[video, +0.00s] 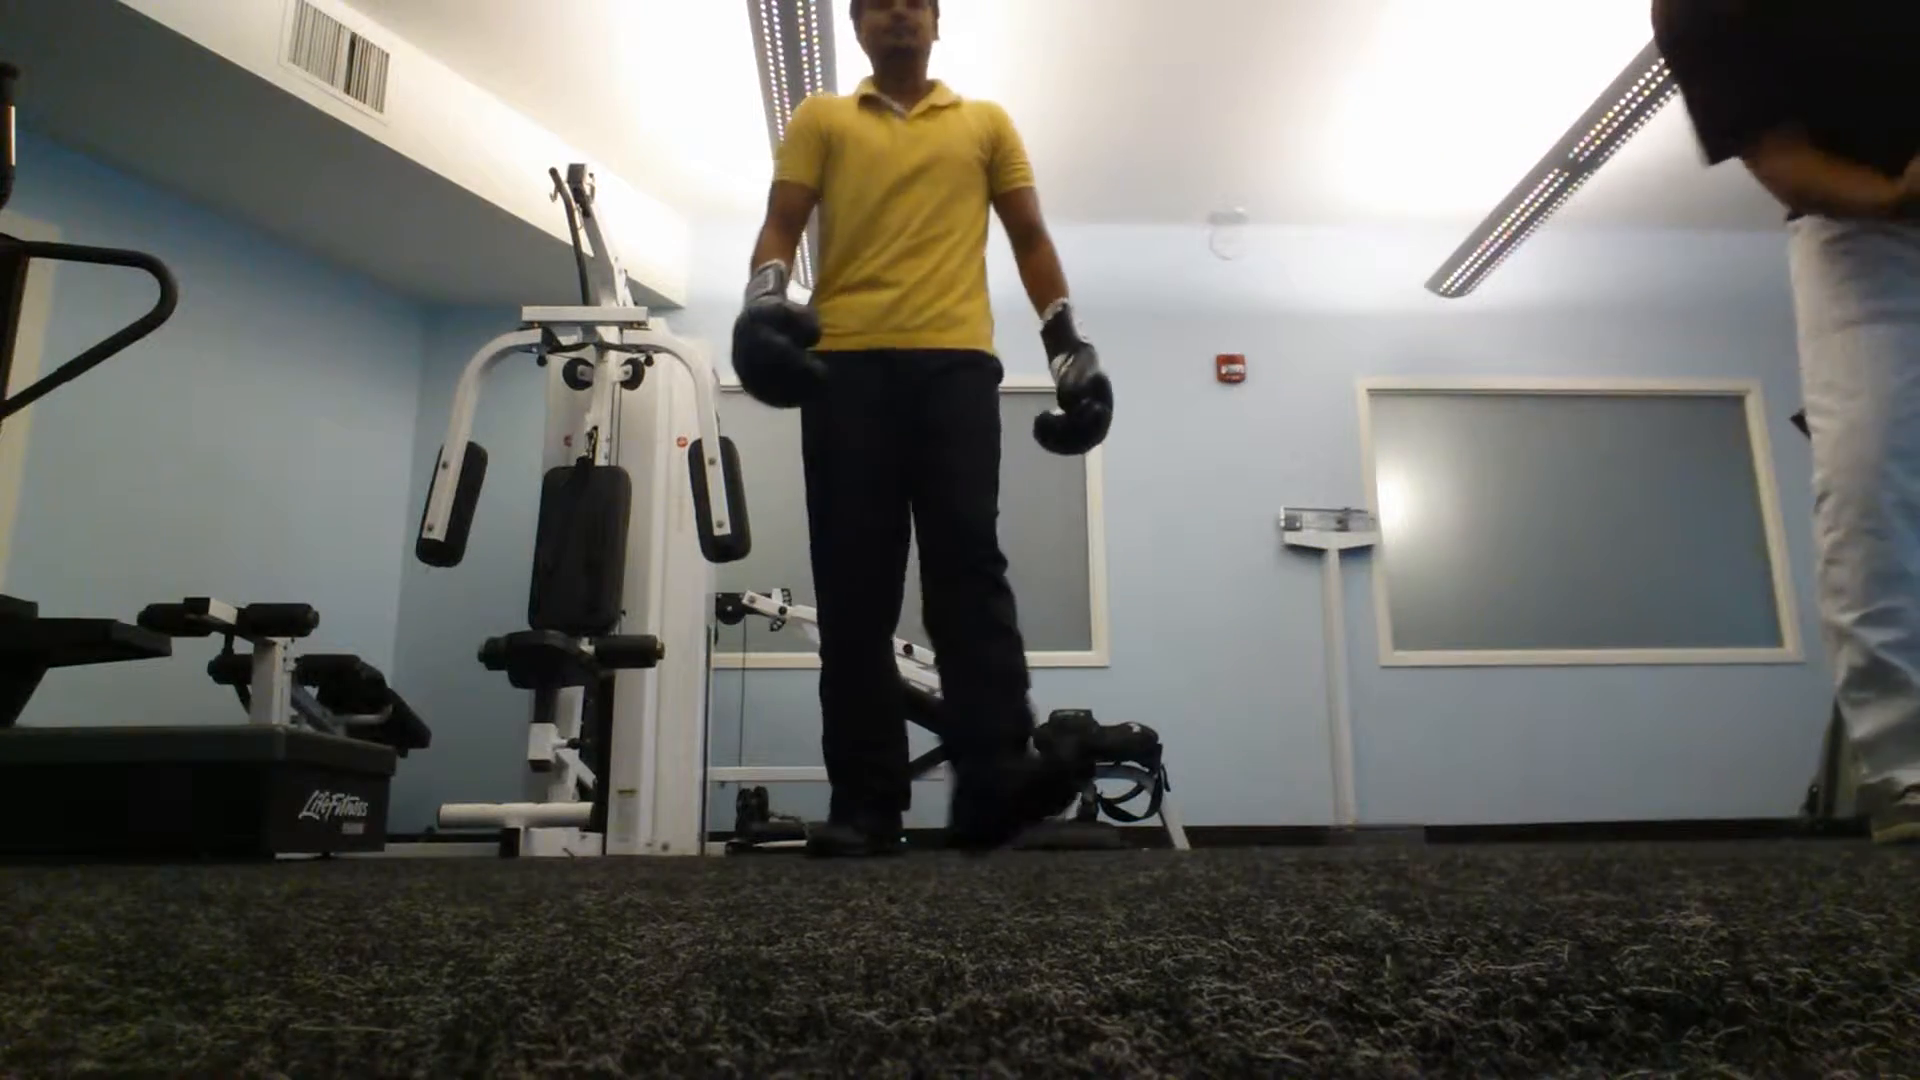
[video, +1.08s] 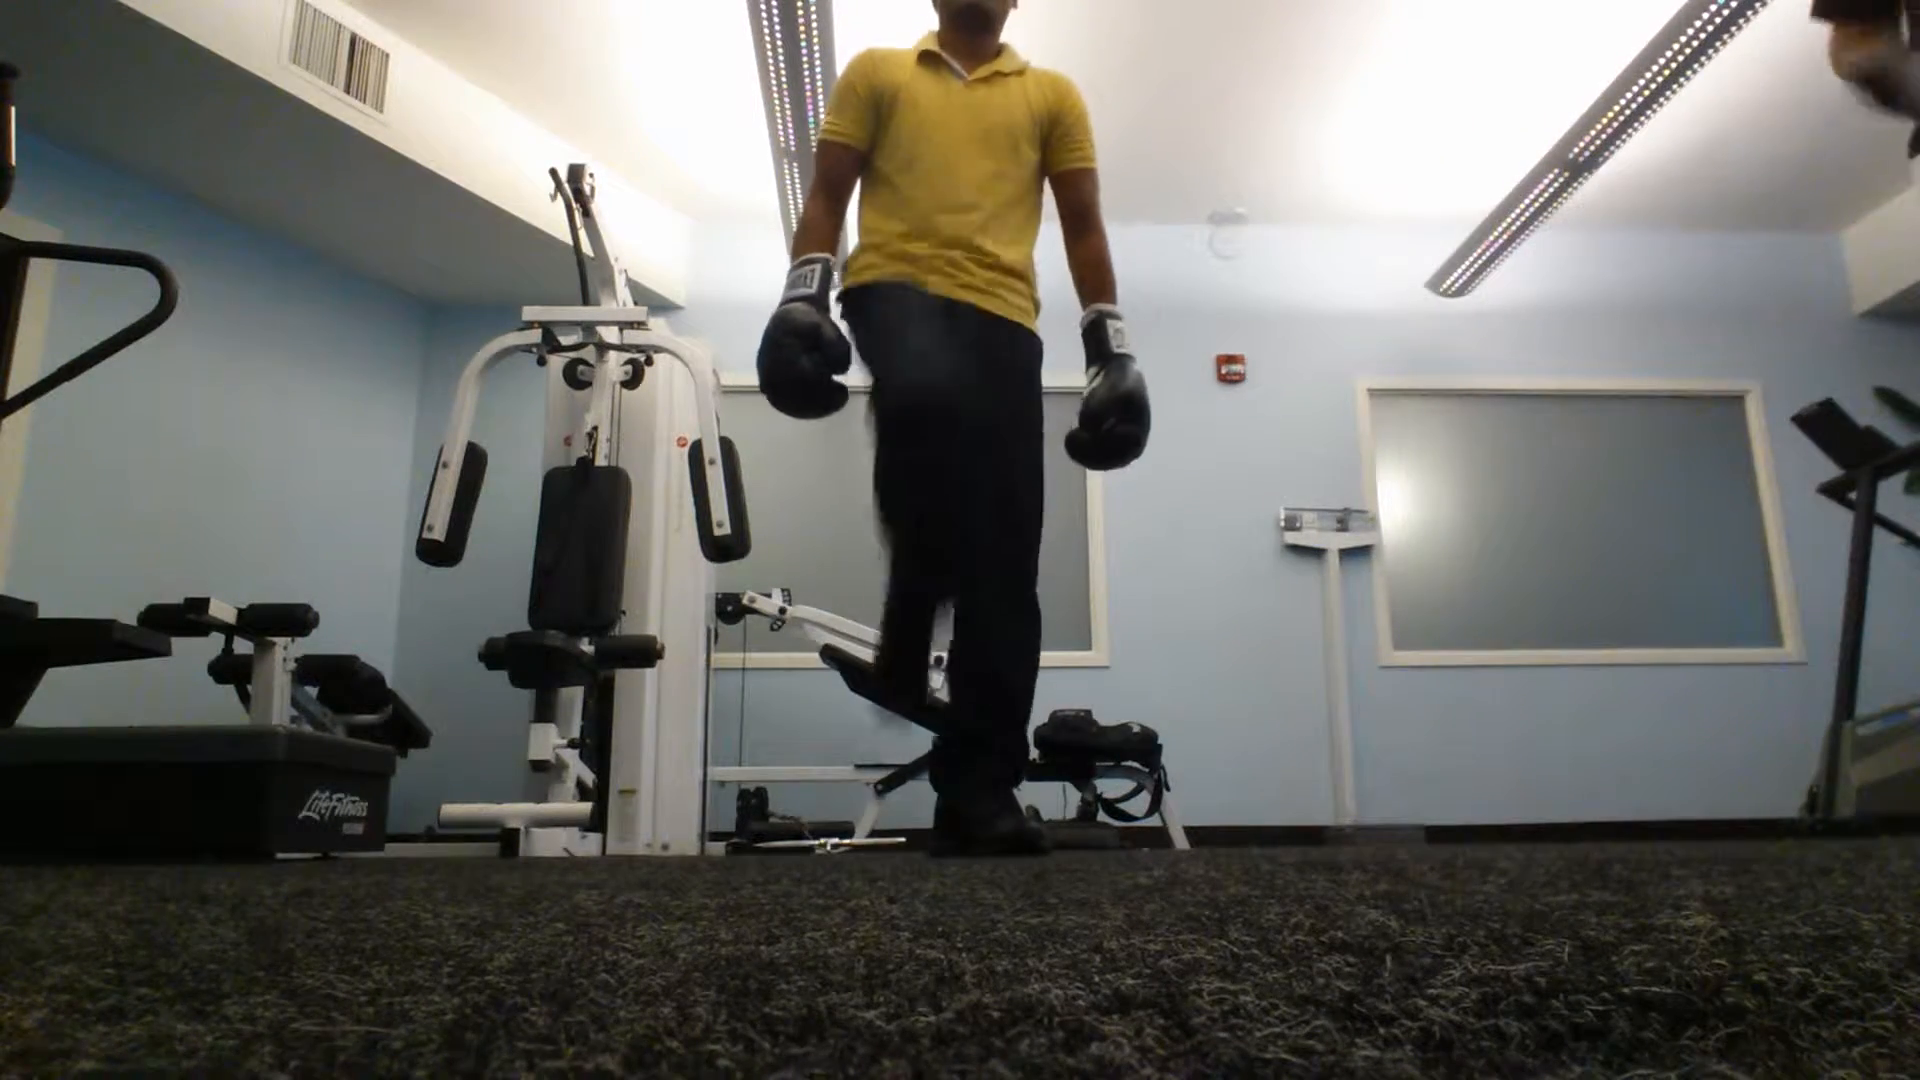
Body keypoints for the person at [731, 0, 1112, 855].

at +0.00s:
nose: (899, 15)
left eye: (914, 3)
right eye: (882, 4)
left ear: (935, 18)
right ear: (857, 20)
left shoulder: (983, 123)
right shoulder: (821, 118)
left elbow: (1030, 237)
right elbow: (783, 223)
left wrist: (1066, 342)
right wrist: (764, 299)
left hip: (957, 369)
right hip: (846, 371)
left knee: (969, 572)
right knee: (854, 593)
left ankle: (993, 790)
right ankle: (864, 807)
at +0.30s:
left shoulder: (1033, 88)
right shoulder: (863, 75)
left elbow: (1067, 209)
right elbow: (820, 190)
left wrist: (1092, 322)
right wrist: (786, 294)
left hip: (989, 335)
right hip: (873, 330)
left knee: (986, 561)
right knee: (849, 544)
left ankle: (979, 795)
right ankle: (861, 760)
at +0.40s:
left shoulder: (1048, 77)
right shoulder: (879, 63)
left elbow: (1082, 190)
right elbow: (829, 184)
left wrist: (1100, 289)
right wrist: (782, 291)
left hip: (999, 308)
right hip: (885, 292)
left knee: (996, 549)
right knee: (874, 440)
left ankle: (979, 795)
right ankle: (867, 678)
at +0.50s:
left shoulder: (1055, 72)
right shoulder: (884, 56)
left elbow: (1090, 183)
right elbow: (829, 181)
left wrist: (1104, 256)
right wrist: (786, 281)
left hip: (1002, 294)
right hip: (894, 265)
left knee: (998, 552)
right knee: (922, 371)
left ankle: (979, 797)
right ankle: (885, 630)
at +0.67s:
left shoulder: (1058, 74)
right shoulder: (885, 48)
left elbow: (1092, 194)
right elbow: (826, 172)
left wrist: (1107, 249)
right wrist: (790, 273)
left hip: (1005, 310)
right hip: (893, 281)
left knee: (999, 545)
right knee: (983, 204)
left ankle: (979, 792)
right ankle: (911, 457)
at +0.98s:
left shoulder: (1055, 89)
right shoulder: (881, 67)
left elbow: (1085, 220)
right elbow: (829, 192)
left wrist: (1111, 341)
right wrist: (800, 299)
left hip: (999, 322)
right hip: (892, 298)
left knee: (1009, 540)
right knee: (961, 246)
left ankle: (981, 782)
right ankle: (917, 484)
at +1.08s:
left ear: (1012, 1)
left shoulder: (1050, 93)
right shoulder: (878, 72)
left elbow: (1083, 222)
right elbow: (828, 191)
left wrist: (1111, 350)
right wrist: (803, 295)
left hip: (1002, 310)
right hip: (897, 282)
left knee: (1003, 561)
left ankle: (978, 796)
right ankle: (912, 610)